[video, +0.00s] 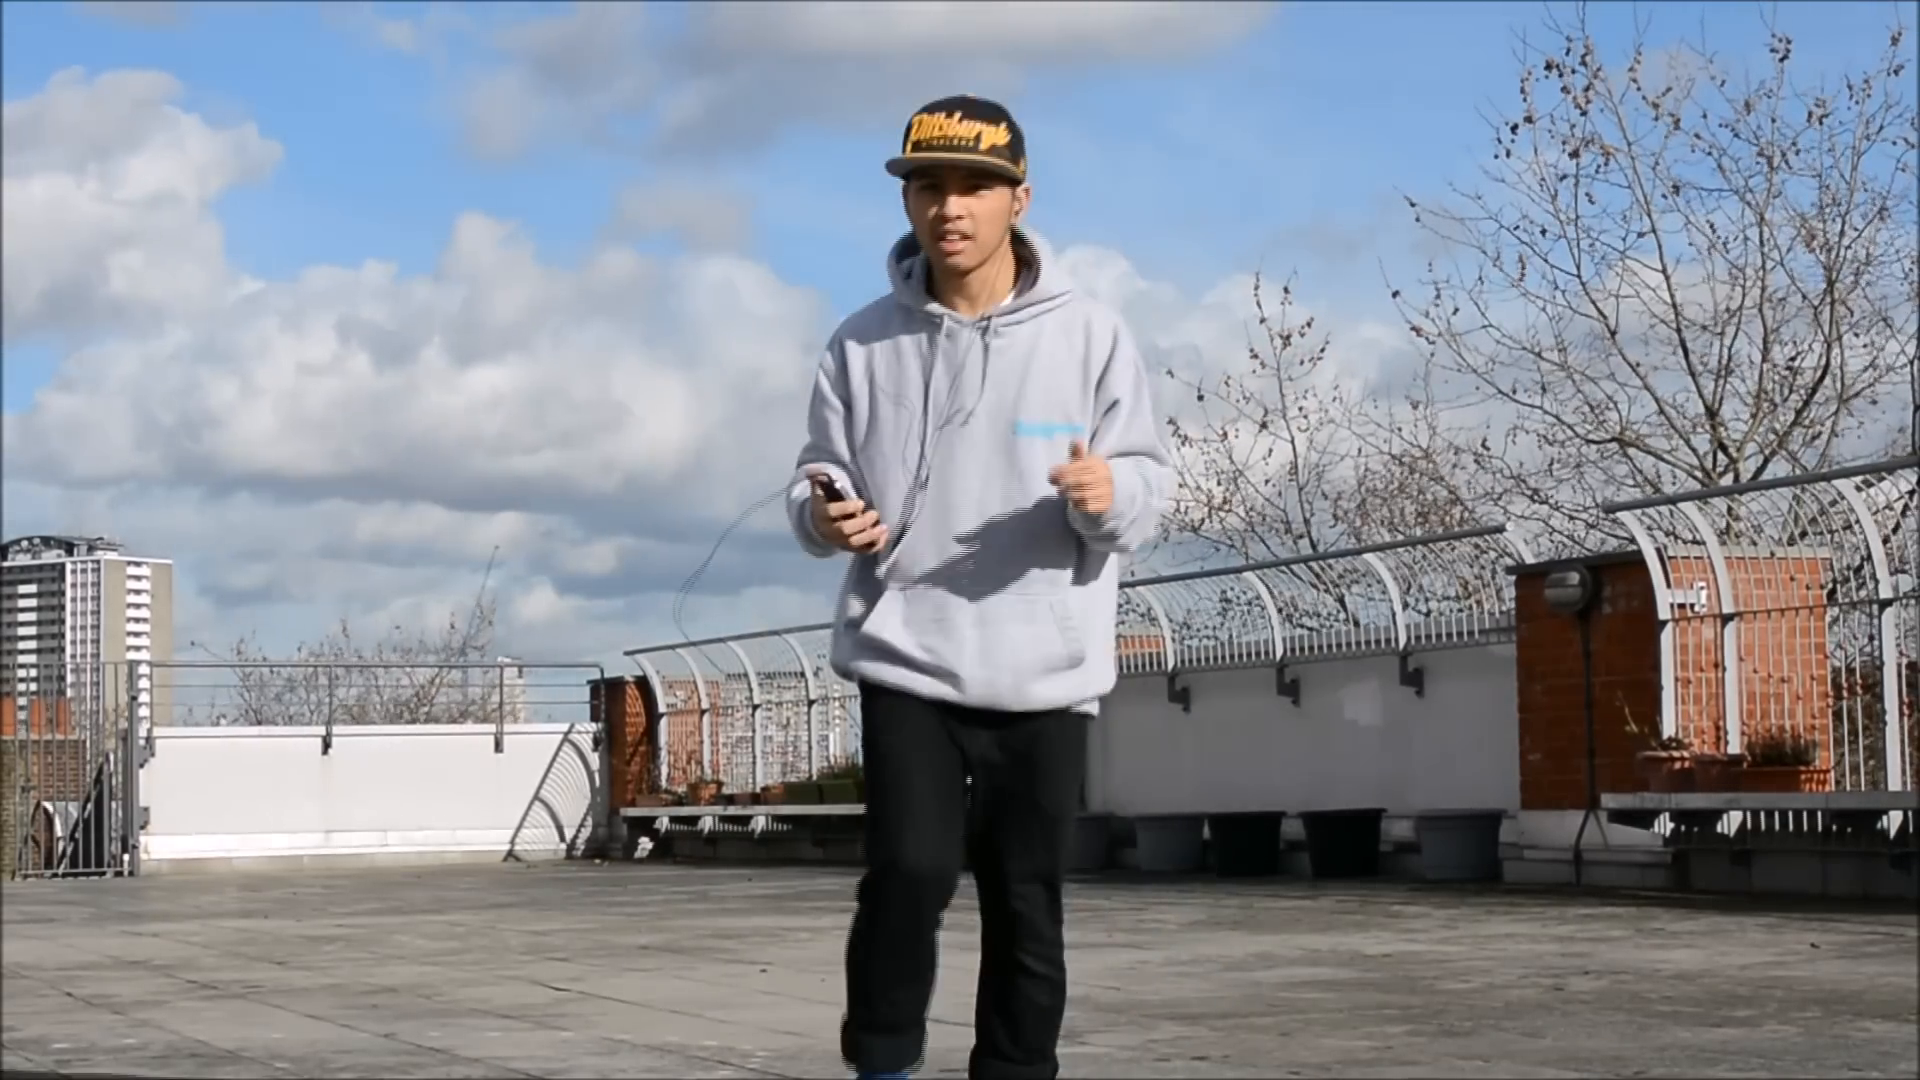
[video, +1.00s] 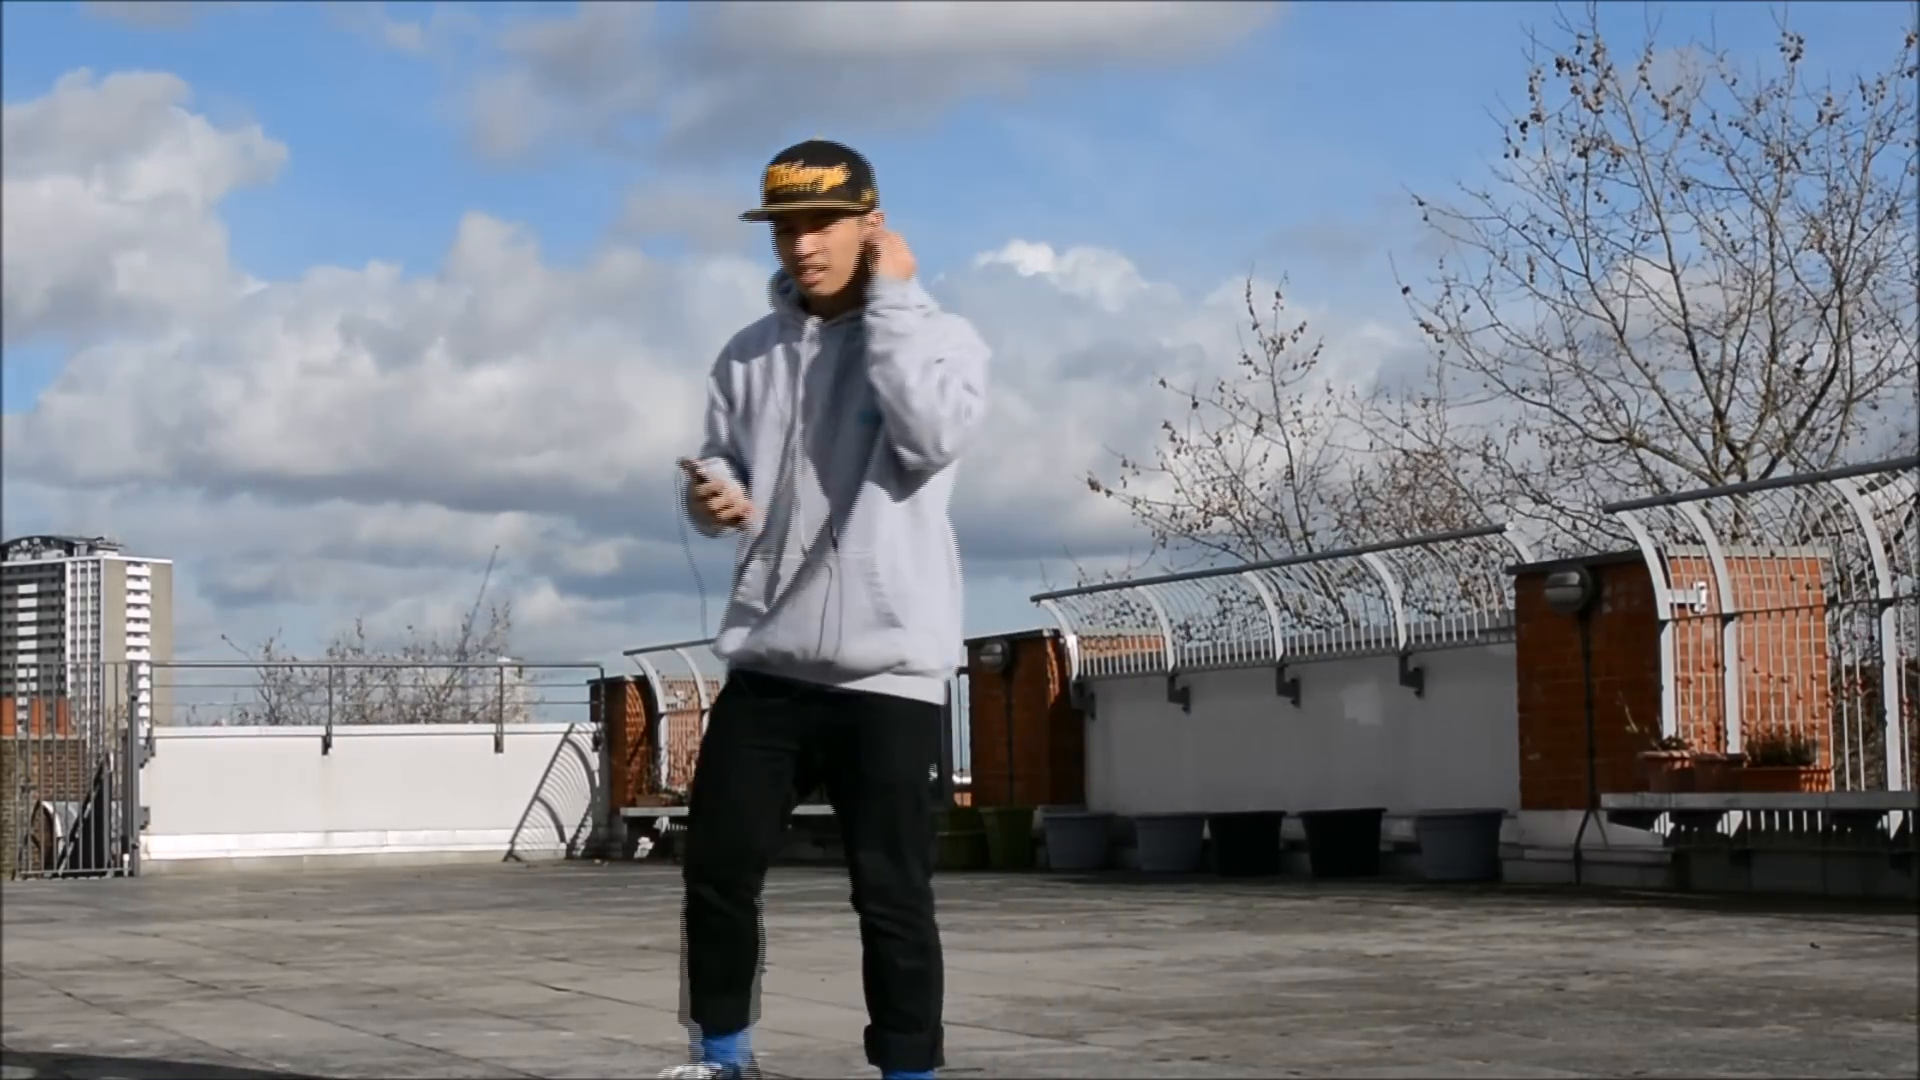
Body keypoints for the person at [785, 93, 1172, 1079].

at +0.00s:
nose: (949, 208)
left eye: (973, 187)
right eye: (930, 187)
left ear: (1017, 200)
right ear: (908, 202)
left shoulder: (1091, 333)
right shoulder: (861, 343)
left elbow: (1149, 475)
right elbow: (813, 492)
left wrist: (1111, 493)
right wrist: (825, 519)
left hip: (1045, 670)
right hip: (906, 663)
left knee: (1028, 903)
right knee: (910, 874)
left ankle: (1017, 1072)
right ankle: (883, 1066)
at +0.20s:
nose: (917, 211)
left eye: (940, 189)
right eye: (900, 191)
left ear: (985, 198)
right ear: (880, 202)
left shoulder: (1057, 323)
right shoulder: (839, 337)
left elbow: (1126, 464)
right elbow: (804, 476)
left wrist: (1102, 465)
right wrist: (824, 497)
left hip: (1018, 641)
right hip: (888, 646)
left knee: (999, 867)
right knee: (874, 869)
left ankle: (1008, 1070)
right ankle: (911, 1021)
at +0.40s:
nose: (885, 257)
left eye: (907, 237)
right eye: (867, 239)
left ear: (948, 248)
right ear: (848, 253)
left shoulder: (1016, 367)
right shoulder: (808, 379)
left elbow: (1056, 535)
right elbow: (770, 510)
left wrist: (1050, 483)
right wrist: (794, 532)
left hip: (982, 654)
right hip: (866, 666)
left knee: (956, 859)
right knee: (898, 876)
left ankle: (988, 1066)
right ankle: (937, 1057)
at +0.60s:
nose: (861, 237)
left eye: (882, 216)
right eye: (844, 219)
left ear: (925, 221)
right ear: (825, 230)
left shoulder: (995, 335)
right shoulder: (789, 351)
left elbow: (1039, 474)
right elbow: (755, 477)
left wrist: (989, 346)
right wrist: (776, 505)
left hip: (951, 634)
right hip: (838, 640)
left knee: (919, 846)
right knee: (866, 858)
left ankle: (926, 1056)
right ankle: (925, 1051)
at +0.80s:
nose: (839, 244)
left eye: (859, 224)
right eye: (823, 226)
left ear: (906, 229)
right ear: (807, 237)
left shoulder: (965, 335)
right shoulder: (777, 355)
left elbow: (976, 439)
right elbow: (743, 482)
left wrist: (928, 298)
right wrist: (754, 508)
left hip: (918, 657)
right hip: (802, 656)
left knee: (903, 879)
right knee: (768, 858)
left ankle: (913, 1068)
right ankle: (853, 1026)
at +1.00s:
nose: (799, 246)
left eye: (820, 226)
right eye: (785, 229)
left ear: (871, 228)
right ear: (774, 238)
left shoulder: (937, 335)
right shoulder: (750, 354)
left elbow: (927, 440)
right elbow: (713, 477)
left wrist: (893, 296)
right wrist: (713, 500)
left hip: (891, 660)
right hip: (771, 657)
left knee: (890, 881)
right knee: (718, 858)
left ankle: (908, 1069)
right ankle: (721, 1055)